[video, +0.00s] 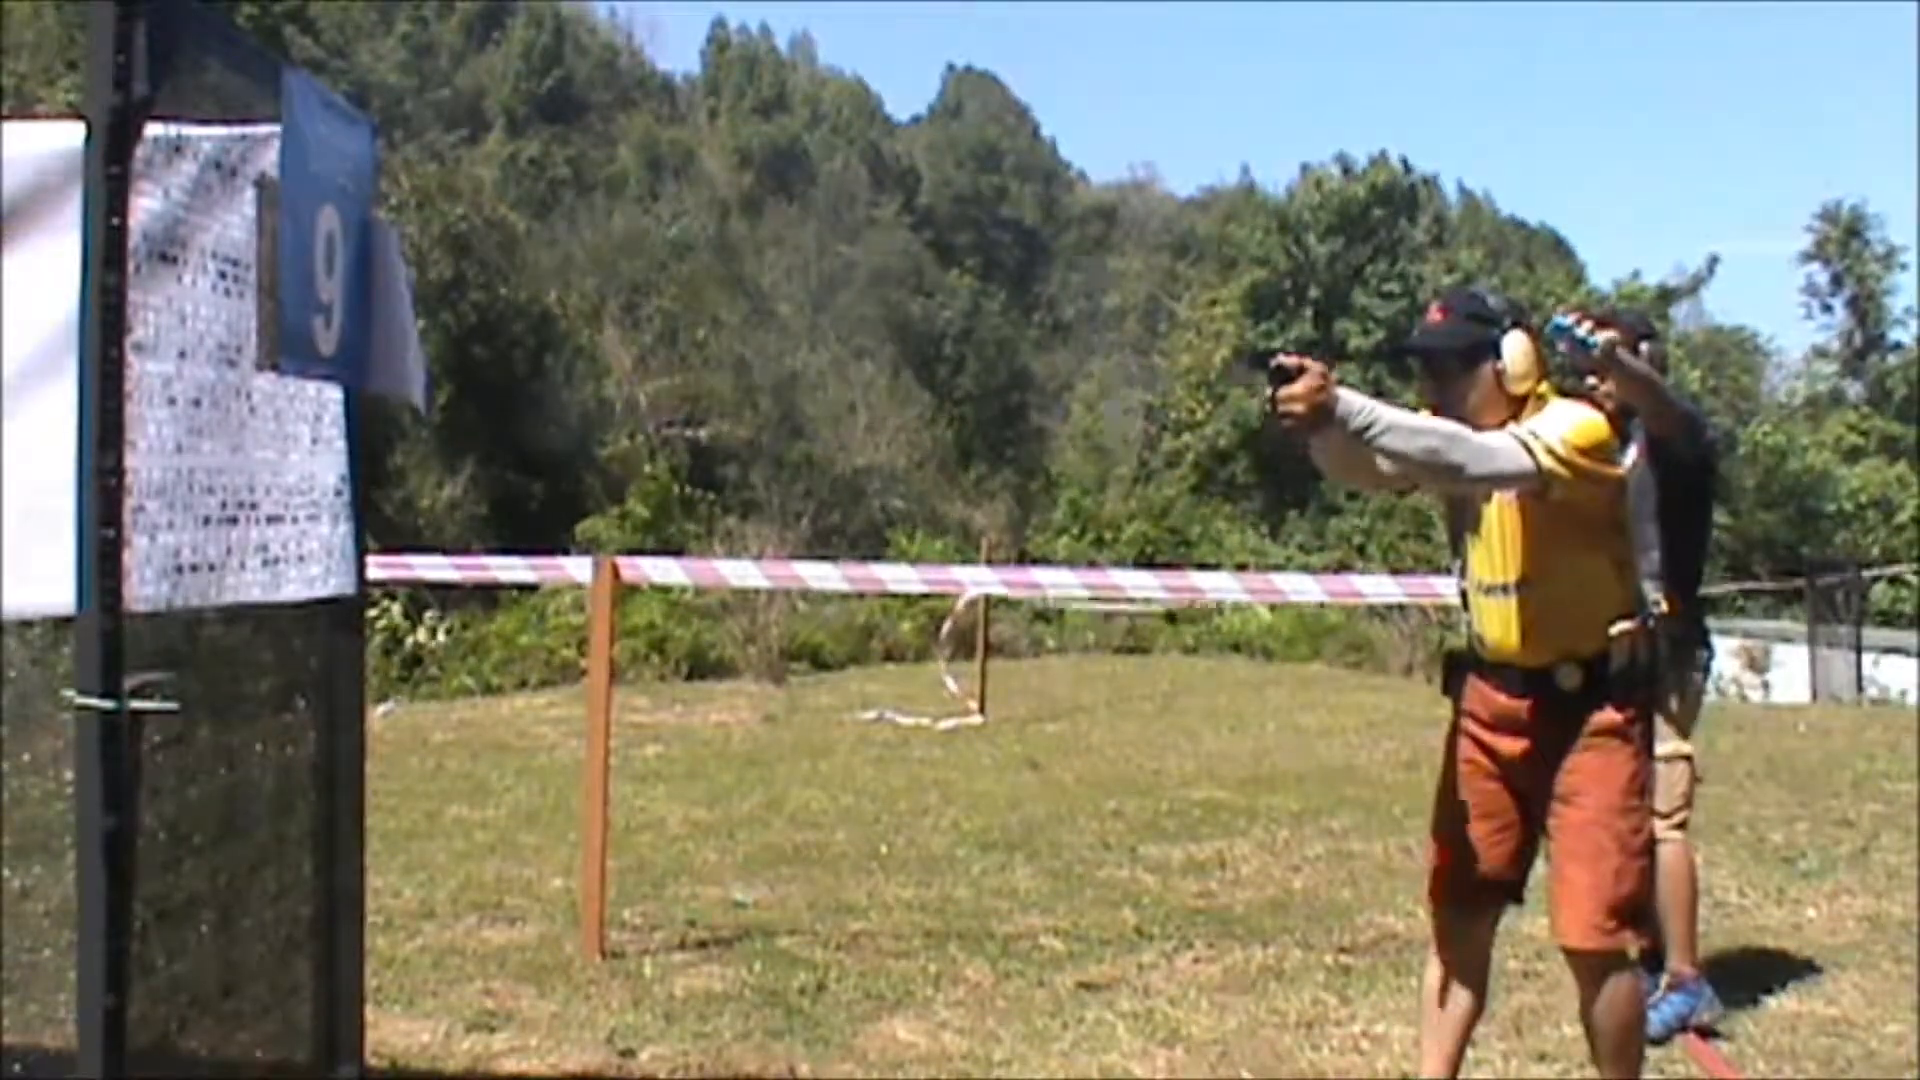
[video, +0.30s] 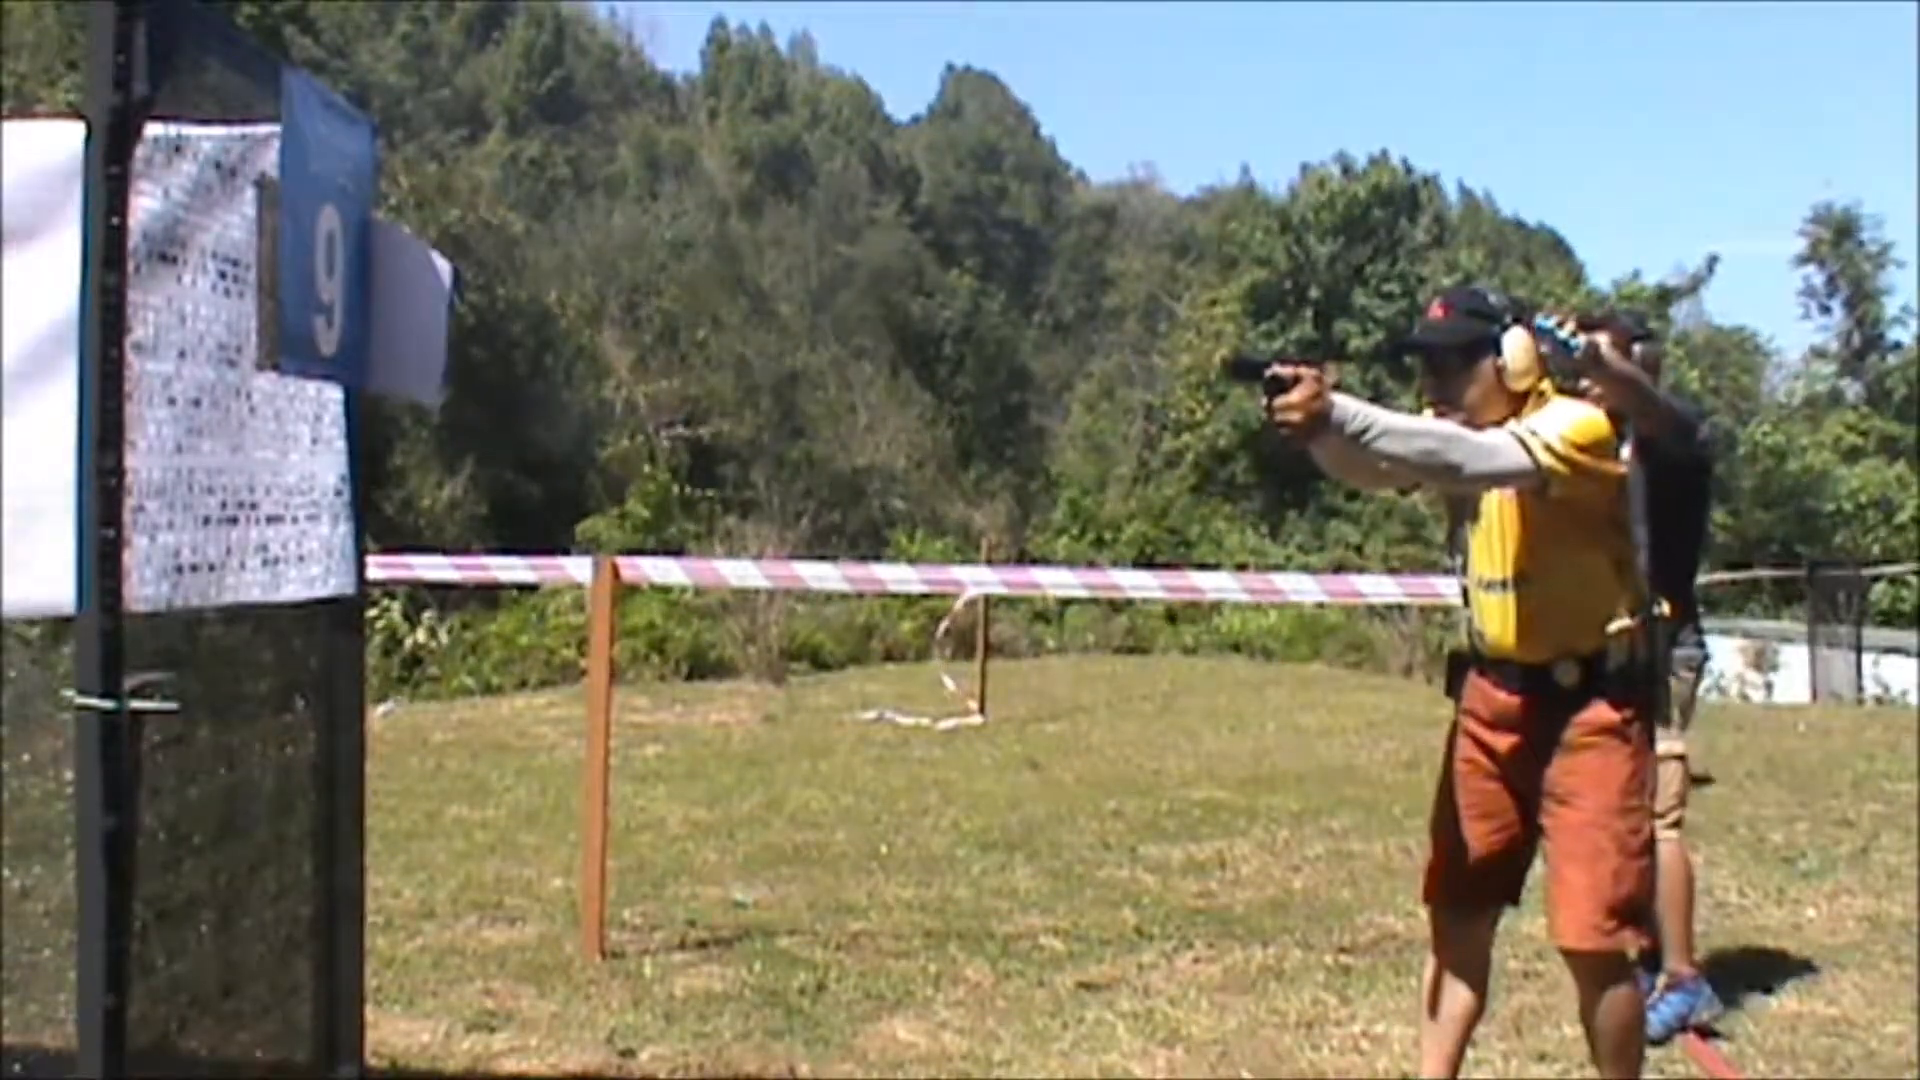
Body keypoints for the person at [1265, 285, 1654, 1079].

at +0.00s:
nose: (1433, 391)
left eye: (1447, 371)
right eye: (1427, 372)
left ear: (1501, 365)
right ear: (1431, 370)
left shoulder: (1581, 429)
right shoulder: (1461, 446)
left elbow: (1478, 460)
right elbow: (1376, 470)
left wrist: (1343, 405)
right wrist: (1314, 423)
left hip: (1597, 703)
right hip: (1494, 697)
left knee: (1594, 933)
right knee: (1462, 904)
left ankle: (1622, 1072)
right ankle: (1435, 1070)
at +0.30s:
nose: (1436, 390)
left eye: (1451, 369)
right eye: (1429, 370)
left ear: (1506, 360)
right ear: (1428, 368)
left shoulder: (1581, 426)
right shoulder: (1466, 442)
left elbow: (1475, 459)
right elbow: (1382, 469)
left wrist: (1337, 408)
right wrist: (1311, 427)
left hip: (1596, 702)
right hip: (1495, 695)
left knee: (1593, 935)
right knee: (1461, 904)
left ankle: (1622, 1072)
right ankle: (1434, 1070)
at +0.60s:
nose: (1440, 384)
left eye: (1455, 365)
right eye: (1435, 365)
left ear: (1508, 359)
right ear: (1438, 364)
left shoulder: (1584, 423)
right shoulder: (1471, 439)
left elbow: (1481, 452)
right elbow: (1381, 465)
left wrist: (1346, 402)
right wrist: (1317, 416)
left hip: (1599, 706)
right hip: (1498, 698)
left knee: (1595, 940)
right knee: (1461, 908)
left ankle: (1620, 1073)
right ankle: (1433, 1071)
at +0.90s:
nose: (1446, 393)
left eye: (1460, 371)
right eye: (1440, 373)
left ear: (1514, 361)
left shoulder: (1588, 427)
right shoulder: (1490, 436)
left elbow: (1472, 458)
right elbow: (1406, 471)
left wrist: (1338, 409)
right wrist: (1321, 430)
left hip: (1599, 709)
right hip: (1503, 699)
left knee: (1595, 943)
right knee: (1463, 917)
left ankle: (1622, 1072)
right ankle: (1432, 1071)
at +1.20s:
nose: (1451, 393)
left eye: (1464, 372)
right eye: (1444, 374)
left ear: (1516, 362)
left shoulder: (1591, 427)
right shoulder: (1496, 436)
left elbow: (1471, 459)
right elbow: (1407, 469)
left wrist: (1335, 410)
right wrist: (1322, 429)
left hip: (1601, 710)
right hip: (1506, 699)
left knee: (1596, 944)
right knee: (1463, 920)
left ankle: (1623, 1072)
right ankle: (1433, 1071)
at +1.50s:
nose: (1448, 392)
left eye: (1462, 372)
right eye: (1441, 373)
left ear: (1514, 362)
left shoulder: (1591, 427)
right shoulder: (1497, 435)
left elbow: (1467, 460)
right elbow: (1402, 470)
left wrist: (1332, 412)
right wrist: (1320, 430)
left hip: (1601, 711)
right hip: (1505, 700)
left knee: (1597, 946)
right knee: (1463, 922)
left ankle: (1623, 1072)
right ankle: (1433, 1072)